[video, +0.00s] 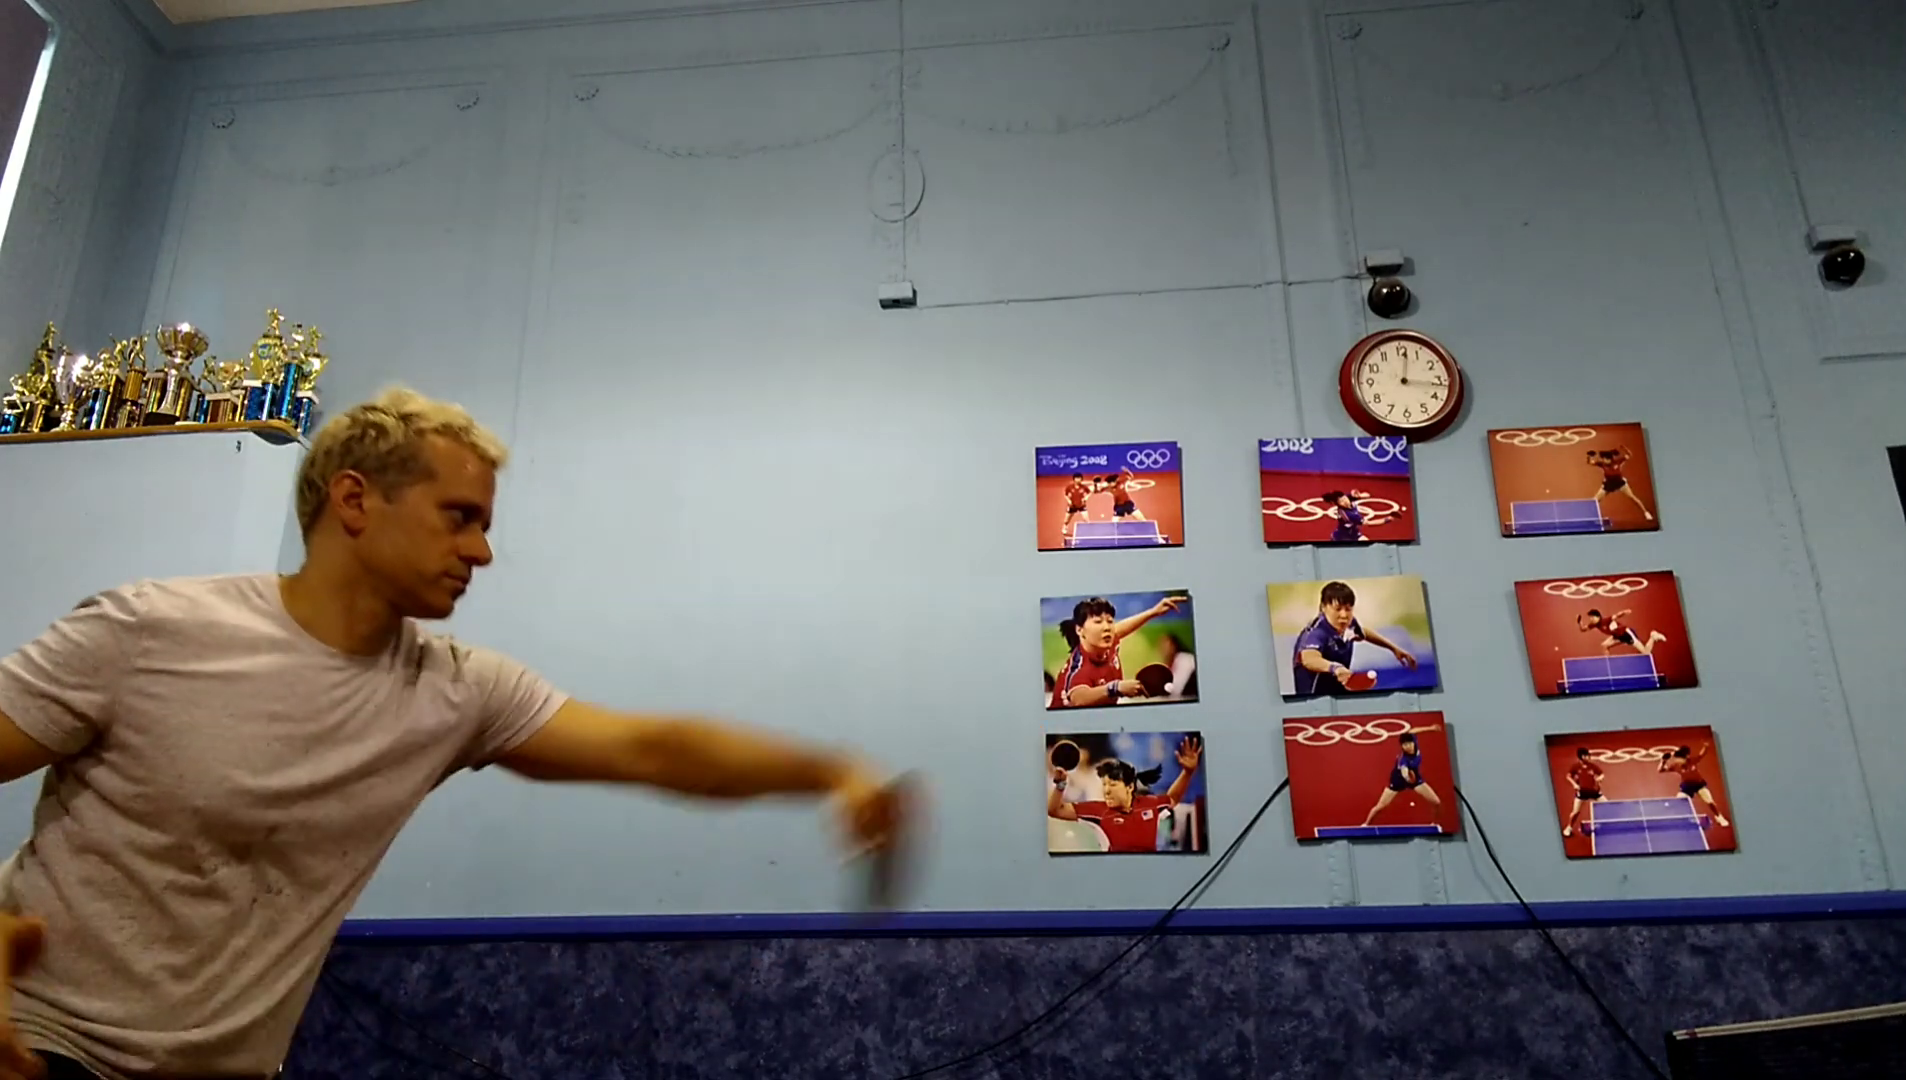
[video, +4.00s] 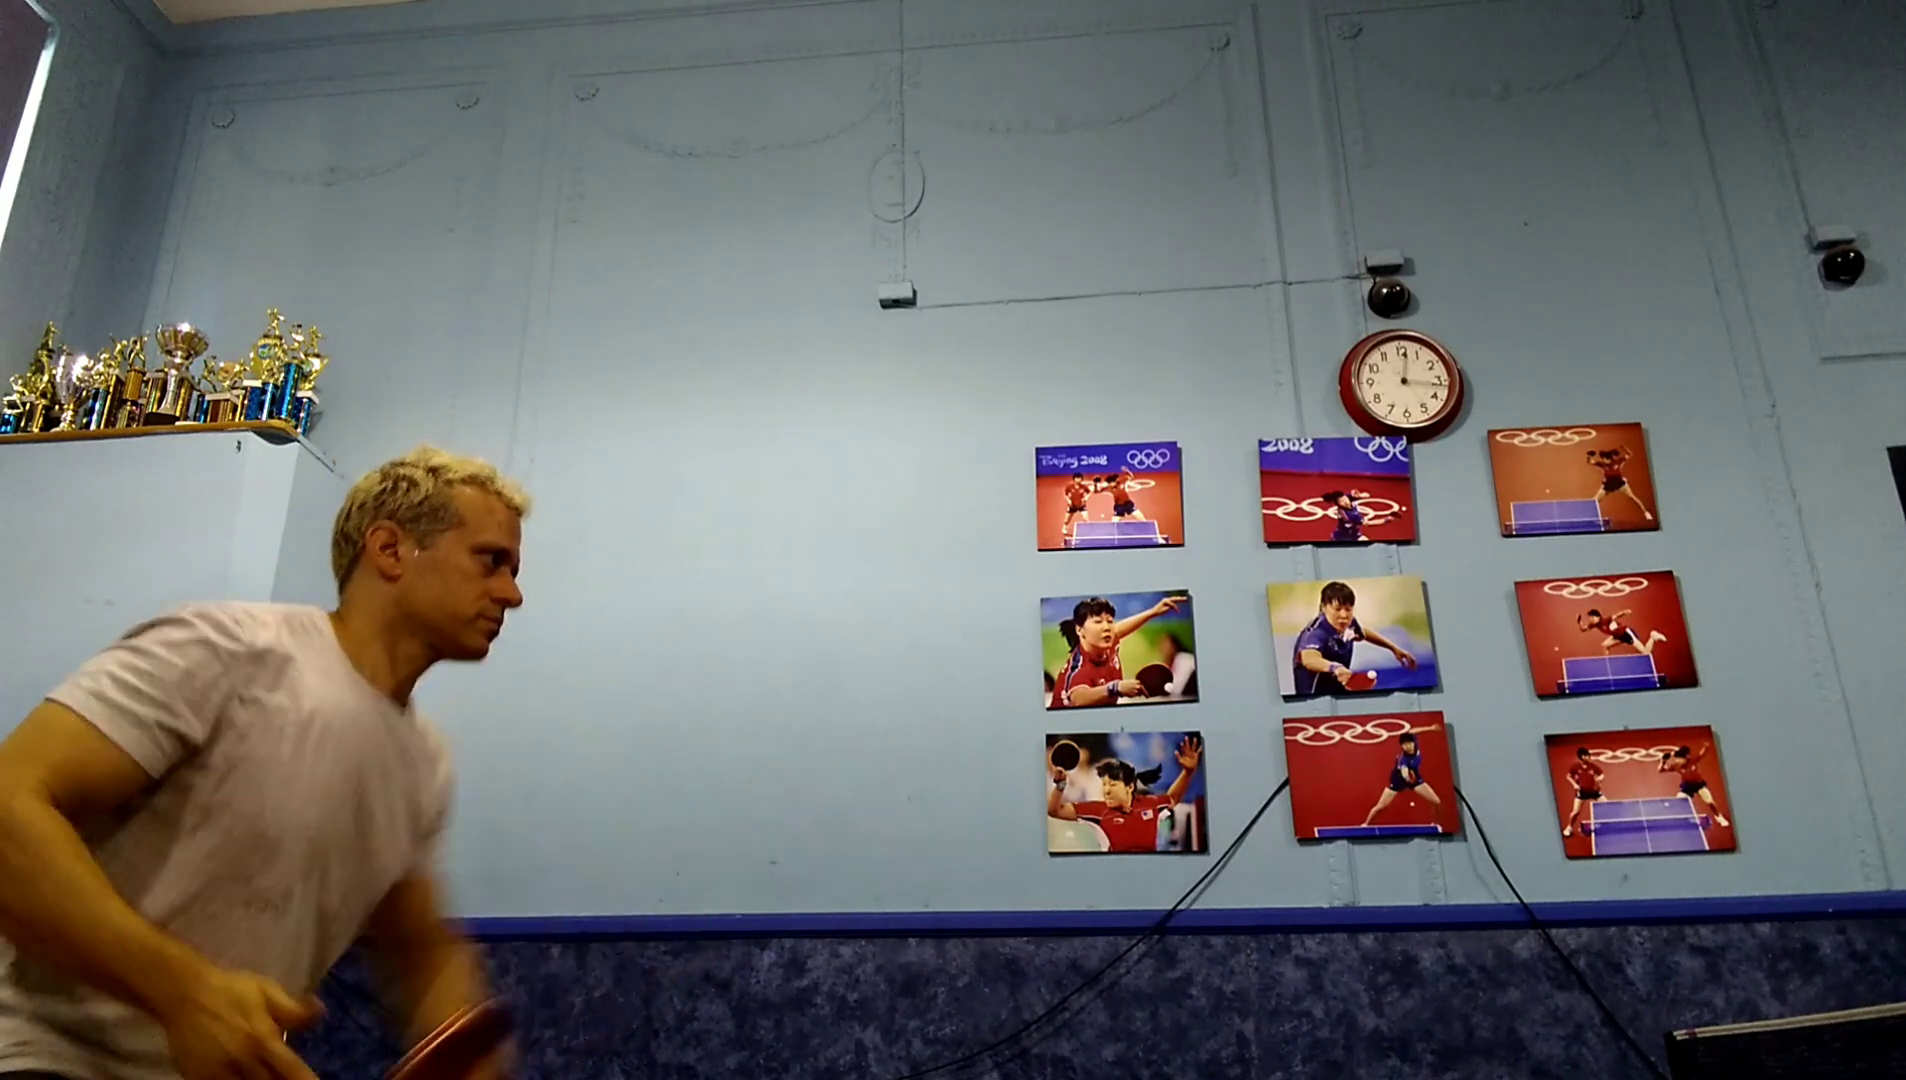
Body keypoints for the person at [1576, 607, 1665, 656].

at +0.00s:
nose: (1590, 620)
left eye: (1591, 618)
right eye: (1590, 618)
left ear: (1597, 617)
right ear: (1593, 618)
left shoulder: (1606, 620)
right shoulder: (1594, 624)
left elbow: (1617, 616)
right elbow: (1583, 630)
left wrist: (1625, 612)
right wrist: (1579, 623)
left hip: (1627, 634)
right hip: (1618, 637)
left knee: (1645, 652)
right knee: (1604, 645)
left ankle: (1653, 636)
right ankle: (1608, 666)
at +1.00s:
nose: (1590, 620)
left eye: (1591, 618)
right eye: (1590, 619)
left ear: (1597, 617)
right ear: (1593, 618)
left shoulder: (1607, 620)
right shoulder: (1594, 624)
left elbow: (1617, 615)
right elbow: (1583, 630)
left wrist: (1625, 612)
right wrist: (1579, 623)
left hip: (1627, 634)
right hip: (1618, 636)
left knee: (1646, 652)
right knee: (1604, 645)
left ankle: (1653, 636)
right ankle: (1607, 667)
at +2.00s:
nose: (1591, 620)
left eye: (1591, 618)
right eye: (1590, 619)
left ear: (1597, 617)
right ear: (1593, 618)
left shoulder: (1607, 620)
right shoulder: (1595, 625)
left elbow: (1617, 615)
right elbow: (1584, 630)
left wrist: (1625, 612)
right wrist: (1579, 623)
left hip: (1627, 634)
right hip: (1618, 637)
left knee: (1646, 652)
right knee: (1604, 645)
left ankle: (1653, 636)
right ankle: (1608, 667)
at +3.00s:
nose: (1590, 620)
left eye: (1591, 618)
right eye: (1590, 619)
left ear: (1597, 617)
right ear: (1593, 618)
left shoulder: (1607, 620)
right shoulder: (1595, 625)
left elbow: (1617, 615)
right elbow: (1584, 630)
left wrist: (1625, 612)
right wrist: (1579, 623)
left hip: (1627, 634)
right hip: (1618, 637)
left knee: (1646, 652)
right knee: (1604, 645)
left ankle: (1653, 636)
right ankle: (1608, 667)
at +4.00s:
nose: (1590, 620)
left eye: (1591, 618)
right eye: (1590, 618)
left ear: (1597, 617)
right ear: (1593, 618)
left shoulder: (1607, 620)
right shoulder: (1594, 624)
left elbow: (1617, 615)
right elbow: (1583, 630)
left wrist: (1626, 612)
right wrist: (1579, 623)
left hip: (1627, 634)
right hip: (1618, 637)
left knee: (1645, 652)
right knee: (1604, 645)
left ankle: (1653, 636)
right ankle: (1607, 667)